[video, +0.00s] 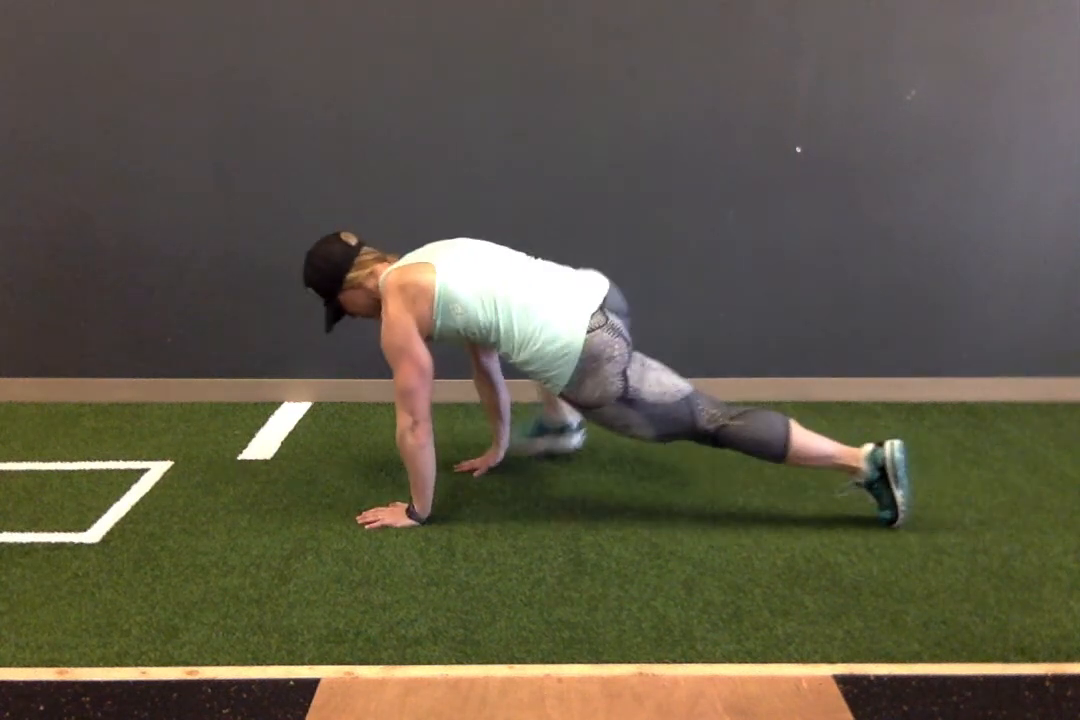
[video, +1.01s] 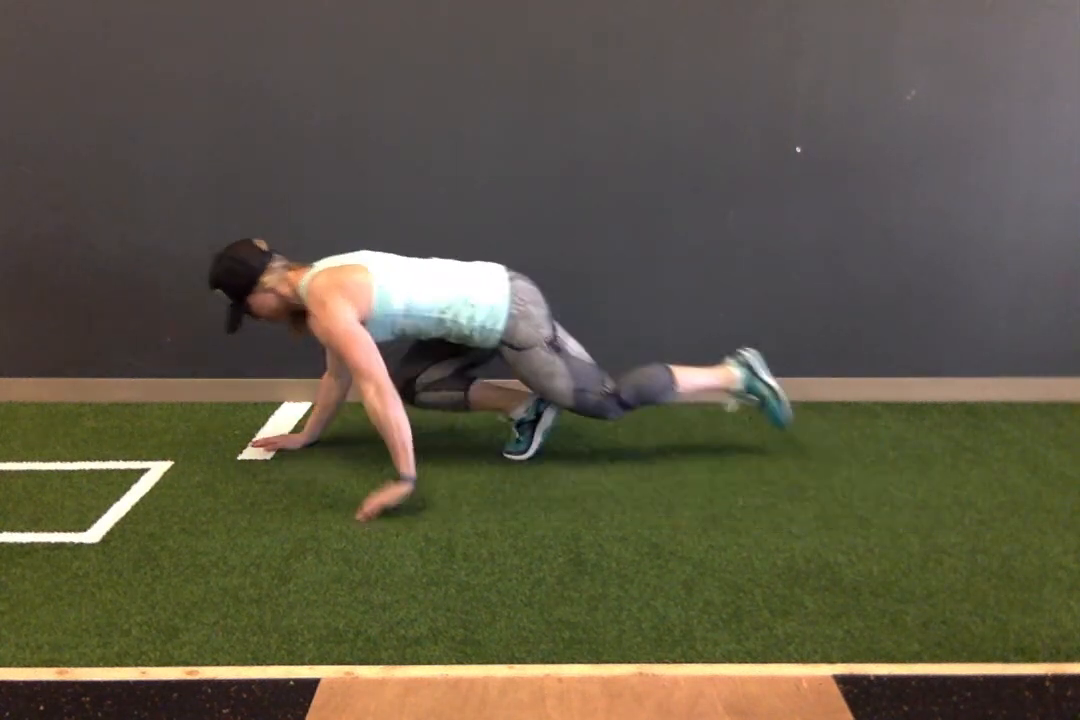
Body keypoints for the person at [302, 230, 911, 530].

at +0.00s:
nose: (353, 315)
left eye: (344, 307)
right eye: (344, 309)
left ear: (348, 290)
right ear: (368, 253)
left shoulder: (399, 307)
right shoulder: (436, 256)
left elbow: (413, 416)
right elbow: (484, 352)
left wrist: (418, 507)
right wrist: (494, 439)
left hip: (586, 356)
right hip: (606, 301)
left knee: (707, 419)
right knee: (506, 326)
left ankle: (863, 462)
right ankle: (559, 428)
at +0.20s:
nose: (329, 314)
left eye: (320, 305)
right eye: (321, 307)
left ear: (328, 287)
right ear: (351, 253)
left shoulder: (387, 309)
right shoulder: (420, 265)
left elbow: (407, 419)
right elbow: (473, 353)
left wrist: (419, 510)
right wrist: (502, 441)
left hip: (563, 379)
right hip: (578, 328)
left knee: (688, 433)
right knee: (480, 351)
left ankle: (847, 461)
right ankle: (546, 440)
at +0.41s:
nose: (317, 315)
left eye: (308, 306)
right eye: (308, 309)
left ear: (316, 286)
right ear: (336, 256)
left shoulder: (377, 310)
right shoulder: (402, 267)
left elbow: (404, 418)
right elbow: (467, 343)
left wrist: (416, 508)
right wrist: (496, 431)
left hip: (553, 383)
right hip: (566, 332)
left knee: (677, 432)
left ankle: (835, 457)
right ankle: (535, 438)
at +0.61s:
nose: (304, 323)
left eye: (296, 313)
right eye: (296, 316)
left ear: (307, 294)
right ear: (322, 269)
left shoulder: (374, 315)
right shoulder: (382, 280)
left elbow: (405, 416)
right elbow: (428, 363)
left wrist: (416, 508)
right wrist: (389, 428)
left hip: (546, 366)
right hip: (551, 327)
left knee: (667, 417)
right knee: (462, 346)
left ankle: (822, 451)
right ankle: (543, 421)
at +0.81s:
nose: (291, 328)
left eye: (284, 318)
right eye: (283, 321)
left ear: (293, 295)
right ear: (305, 272)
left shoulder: (364, 311)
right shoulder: (362, 283)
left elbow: (395, 411)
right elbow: (355, 373)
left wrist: (414, 504)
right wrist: (303, 426)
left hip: (538, 338)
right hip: (526, 305)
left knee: (633, 405)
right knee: (423, 362)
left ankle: (790, 421)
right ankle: (534, 413)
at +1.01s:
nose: (254, 316)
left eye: (248, 307)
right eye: (247, 309)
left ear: (258, 291)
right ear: (272, 267)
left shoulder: (328, 308)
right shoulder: (323, 279)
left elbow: (375, 390)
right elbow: (346, 367)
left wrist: (405, 477)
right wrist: (307, 431)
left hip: (511, 310)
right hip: (477, 310)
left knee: (599, 398)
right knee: (401, 381)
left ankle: (735, 377)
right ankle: (526, 405)